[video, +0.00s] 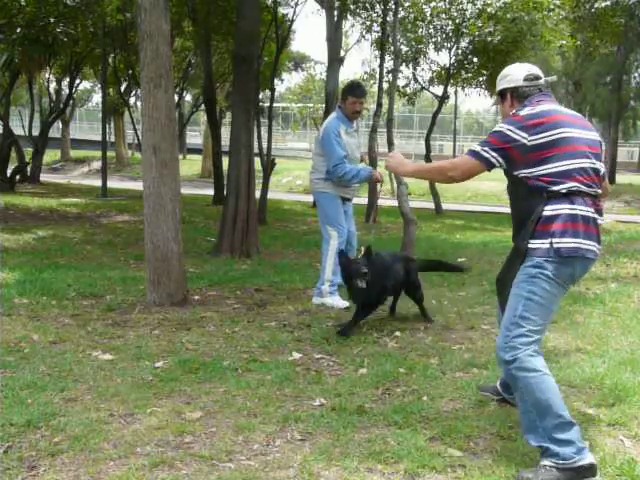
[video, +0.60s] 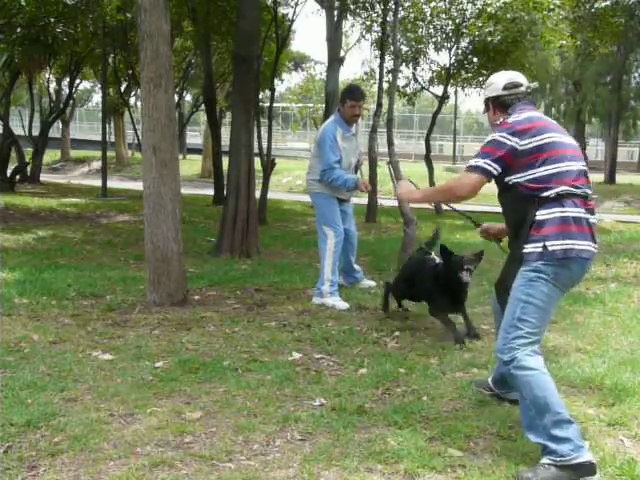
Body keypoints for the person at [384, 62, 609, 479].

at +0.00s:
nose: (501, 110)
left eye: (500, 104)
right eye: (499, 105)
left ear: (510, 97)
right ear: (542, 92)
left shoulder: (521, 122)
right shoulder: (583, 123)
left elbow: (459, 170)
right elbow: (600, 188)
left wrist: (407, 168)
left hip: (553, 244)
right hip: (583, 242)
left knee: (517, 348)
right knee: (516, 303)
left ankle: (568, 455)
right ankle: (513, 387)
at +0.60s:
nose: (487, 117)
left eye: (487, 110)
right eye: (487, 110)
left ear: (496, 107)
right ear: (524, 101)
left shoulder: (510, 130)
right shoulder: (551, 128)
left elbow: (466, 187)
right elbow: (561, 200)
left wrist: (416, 195)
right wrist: (509, 228)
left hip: (551, 247)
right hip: (577, 245)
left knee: (516, 350)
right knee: (506, 294)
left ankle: (568, 453)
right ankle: (505, 383)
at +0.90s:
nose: (471, 149)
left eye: (470, 141)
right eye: (470, 142)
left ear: (480, 137)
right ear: (490, 138)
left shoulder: (516, 143)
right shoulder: (499, 176)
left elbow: (567, 171)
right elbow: (511, 242)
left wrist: (548, 235)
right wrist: (479, 295)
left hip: (583, 256)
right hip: (553, 259)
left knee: (555, 361)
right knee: (506, 306)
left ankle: (624, 457)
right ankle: (506, 386)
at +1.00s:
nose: (475, 144)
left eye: (475, 136)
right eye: (474, 137)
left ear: (485, 132)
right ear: (496, 131)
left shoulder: (523, 140)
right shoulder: (511, 170)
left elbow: (568, 175)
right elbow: (533, 238)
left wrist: (551, 245)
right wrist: (503, 283)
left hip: (590, 255)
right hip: (562, 257)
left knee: (555, 362)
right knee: (518, 307)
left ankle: (621, 461)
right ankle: (507, 385)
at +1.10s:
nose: (480, 136)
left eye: (479, 126)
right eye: (479, 127)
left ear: (490, 121)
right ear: (502, 119)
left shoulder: (525, 132)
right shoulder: (519, 152)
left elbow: (558, 177)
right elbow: (543, 228)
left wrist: (533, 246)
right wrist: (505, 265)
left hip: (593, 249)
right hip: (566, 251)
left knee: (558, 360)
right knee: (527, 317)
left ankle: (622, 461)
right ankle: (511, 385)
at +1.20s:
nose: (482, 130)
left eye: (481, 120)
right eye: (480, 121)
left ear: (494, 114)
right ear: (513, 109)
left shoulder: (524, 132)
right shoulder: (539, 129)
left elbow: (535, 185)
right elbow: (566, 197)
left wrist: (499, 245)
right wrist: (535, 252)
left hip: (589, 248)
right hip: (565, 246)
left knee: (556, 360)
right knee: (522, 312)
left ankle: (622, 461)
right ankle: (510, 384)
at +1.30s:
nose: (481, 127)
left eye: (481, 118)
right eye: (480, 119)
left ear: (493, 114)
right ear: (512, 110)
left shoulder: (517, 135)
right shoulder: (538, 128)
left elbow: (503, 199)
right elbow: (560, 194)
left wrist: (461, 245)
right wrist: (536, 251)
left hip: (578, 251)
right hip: (561, 248)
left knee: (550, 359)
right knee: (515, 307)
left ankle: (620, 461)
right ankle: (505, 383)